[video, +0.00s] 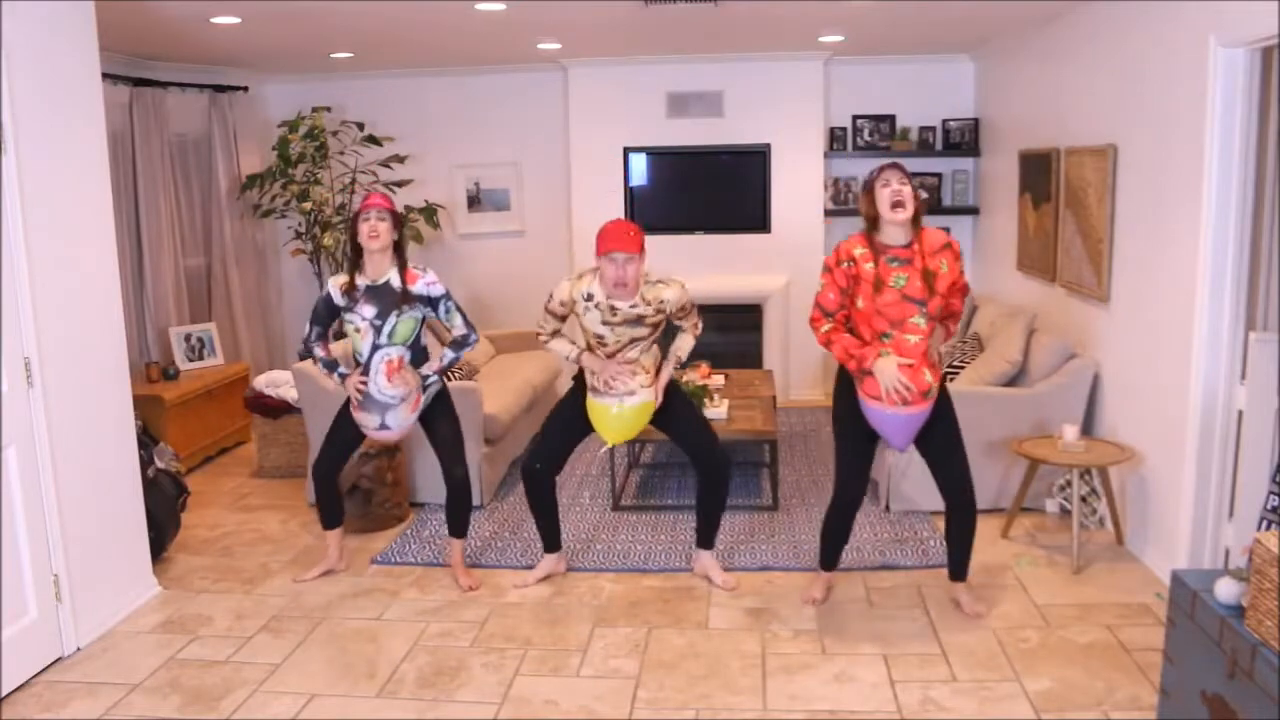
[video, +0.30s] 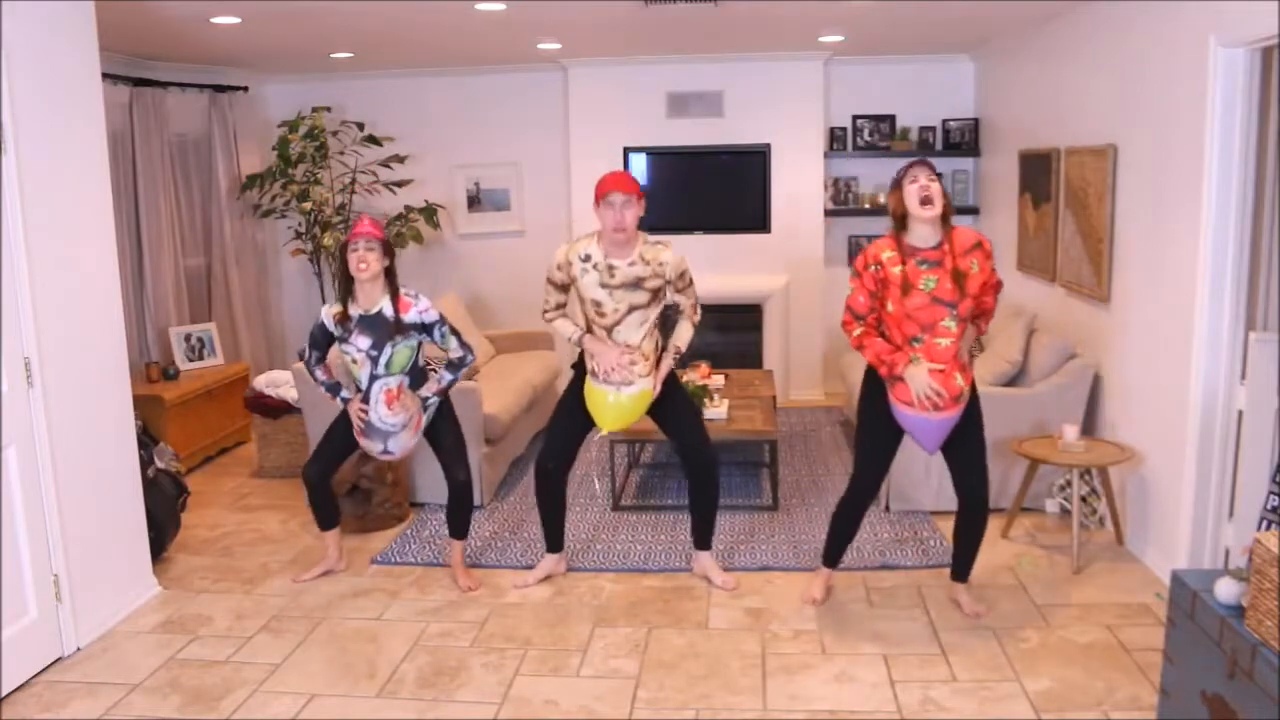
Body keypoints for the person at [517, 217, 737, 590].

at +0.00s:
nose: (621, 271)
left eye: (630, 260)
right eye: (612, 261)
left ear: (643, 260)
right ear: (598, 260)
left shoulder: (668, 294)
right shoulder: (573, 291)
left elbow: (691, 326)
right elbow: (546, 334)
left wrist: (663, 377)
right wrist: (590, 362)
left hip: (652, 387)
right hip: (592, 388)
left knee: (715, 461)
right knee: (535, 467)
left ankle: (704, 553)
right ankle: (553, 554)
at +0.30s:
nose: (619, 215)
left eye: (628, 205)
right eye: (610, 206)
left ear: (641, 209)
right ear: (597, 211)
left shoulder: (664, 259)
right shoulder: (572, 257)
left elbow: (690, 311)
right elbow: (552, 313)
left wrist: (666, 364)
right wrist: (592, 344)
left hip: (653, 371)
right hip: (593, 371)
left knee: (702, 456)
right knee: (550, 462)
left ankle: (703, 554)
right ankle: (554, 555)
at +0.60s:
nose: (614, 231)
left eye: (622, 223)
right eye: (607, 223)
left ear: (634, 214)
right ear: (594, 213)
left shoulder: (659, 253)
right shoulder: (566, 252)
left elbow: (685, 316)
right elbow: (554, 315)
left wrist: (664, 368)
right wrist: (588, 345)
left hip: (651, 379)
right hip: (591, 380)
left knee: (707, 463)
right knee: (543, 469)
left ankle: (703, 555)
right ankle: (553, 556)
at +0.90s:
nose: (612, 208)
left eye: (620, 200)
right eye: (603, 201)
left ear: (633, 208)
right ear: (589, 210)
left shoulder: (657, 264)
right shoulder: (567, 263)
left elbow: (684, 328)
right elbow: (553, 326)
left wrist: (662, 386)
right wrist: (584, 361)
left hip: (652, 385)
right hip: (592, 388)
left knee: (705, 465)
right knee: (540, 469)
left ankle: (701, 555)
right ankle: (553, 556)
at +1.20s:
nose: (609, 207)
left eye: (618, 203)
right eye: (601, 204)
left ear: (633, 220)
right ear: (589, 220)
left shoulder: (656, 276)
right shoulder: (566, 275)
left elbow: (682, 340)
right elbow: (554, 338)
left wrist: (661, 399)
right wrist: (587, 374)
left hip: (652, 391)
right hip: (591, 393)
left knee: (708, 467)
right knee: (534, 470)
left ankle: (702, 556)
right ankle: (552, 556)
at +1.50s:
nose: (607, 214)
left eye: (618, 212)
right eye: (600, 212)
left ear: (632, 233)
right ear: (588, 231)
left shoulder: (655, 284)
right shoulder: (565, 284)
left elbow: (680, 349)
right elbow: (552, 345)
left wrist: (662, 406)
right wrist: (588, 383)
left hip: (652, 393)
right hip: (590, 395)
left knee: (717, 466)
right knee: (529, 470)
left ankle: (704, 554)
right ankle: (552, 556)